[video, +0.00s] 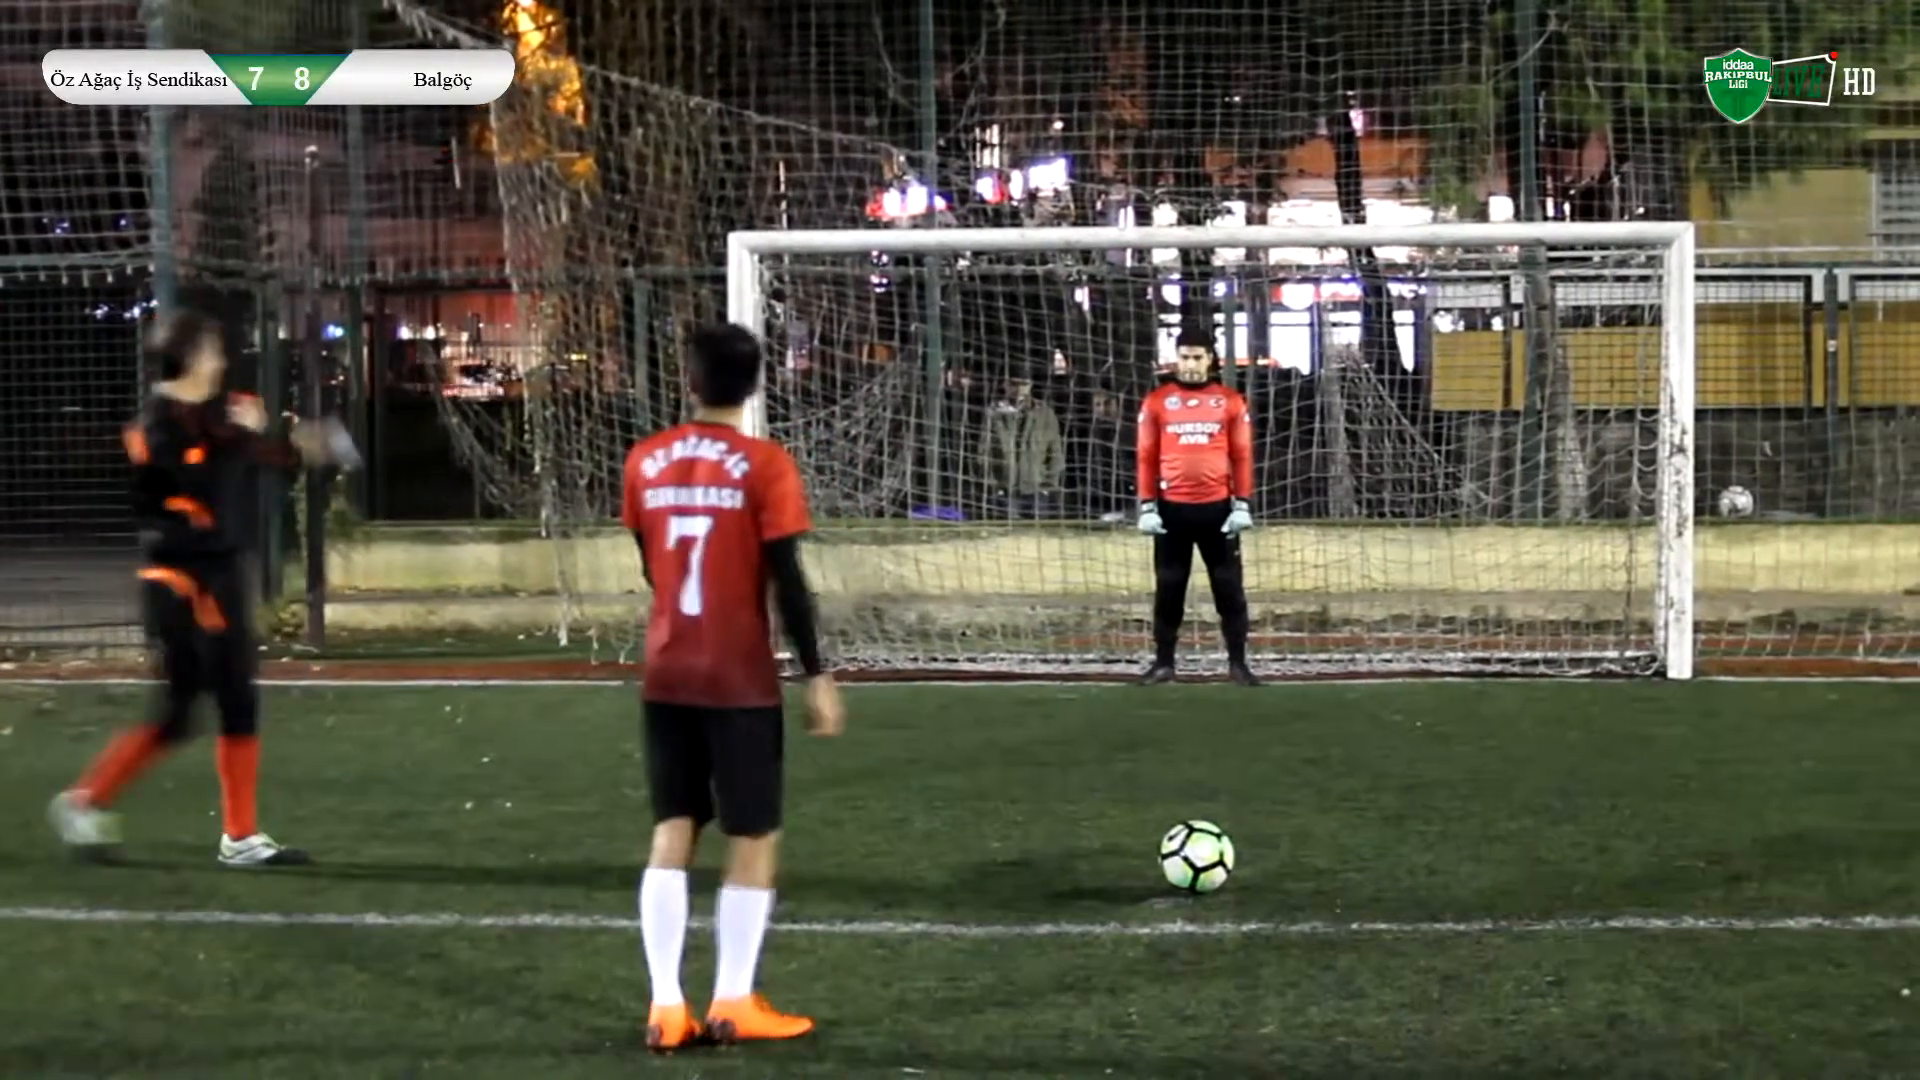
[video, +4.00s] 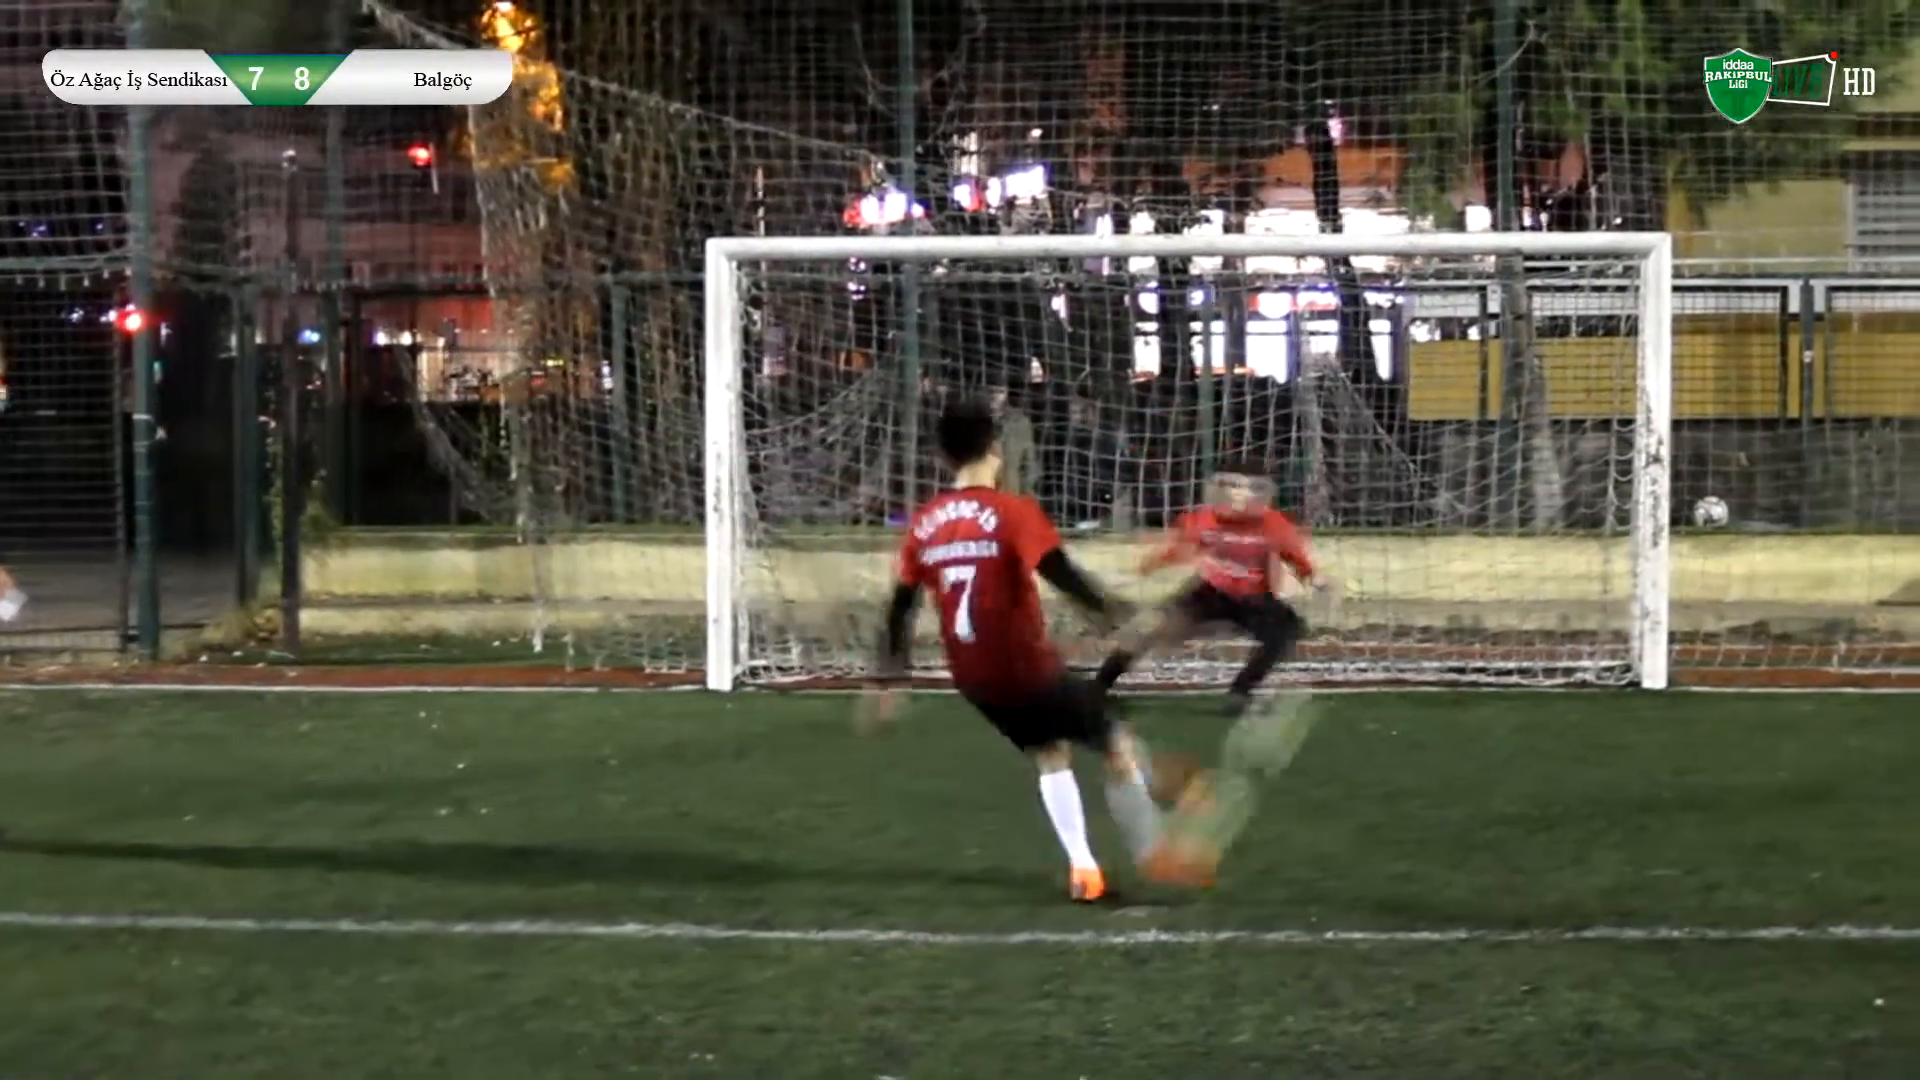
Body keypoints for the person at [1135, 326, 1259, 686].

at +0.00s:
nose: (1190, 365)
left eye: (1197, 357)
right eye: (1184, 357)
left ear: (1211, 360)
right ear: (1175, 360)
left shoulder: (1230, 401)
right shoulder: (1156, 401)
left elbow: (1242, 454)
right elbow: (1146, 455)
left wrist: (1242, 501)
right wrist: (1147, 503)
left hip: (1218, 506)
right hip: (1171, 507)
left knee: (1229, 590)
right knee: (1168, 589)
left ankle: (1238, 662)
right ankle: (1164, 661)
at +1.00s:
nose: (1188, 364)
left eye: (1195, 357)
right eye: (1182, 357)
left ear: (1209, 359)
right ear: (1174, 359)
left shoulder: (1230, 402)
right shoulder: (1155, 402)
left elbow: (1241, 455)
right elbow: (1145, 456)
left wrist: (1240, 503)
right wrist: (1147, 505)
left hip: (1216, 507)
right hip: (1170, 508)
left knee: (1228, 589)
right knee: (1167, 589)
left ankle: (1237, 662)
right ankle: (1163, 661)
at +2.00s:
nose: (1191, 363)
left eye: (1199, 356)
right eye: (1185, 356)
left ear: (1212, 359)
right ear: (1176, 359)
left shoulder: (1232, 402)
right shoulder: (1157, 402)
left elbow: (1243, 456)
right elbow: (1147, 456)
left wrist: (1242, 505)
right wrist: (1148, 506)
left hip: (1219, 507)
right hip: (1172, 509)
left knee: (1231, 590)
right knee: (1169, 590)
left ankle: (1236, 660)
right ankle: (1164, 660)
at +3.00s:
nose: (1205, 381)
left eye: (1212, 374)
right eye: (1198, 374)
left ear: (1223, 375)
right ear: (1187, 375)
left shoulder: (1243, 415)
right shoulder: (1168, 415)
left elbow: (1252, 472)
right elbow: (1158, 472)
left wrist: (1253, 521)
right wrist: (1157, 523)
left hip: (1231, 516)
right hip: (1185, 516)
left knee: (1255, 589)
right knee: (1167, 593)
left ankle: (1256, 660)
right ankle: (1159, 664)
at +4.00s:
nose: (1235, 495)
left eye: (1245, 488)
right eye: (1229, 486)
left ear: (1259, 495)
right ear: (1219, 489)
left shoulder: (1270, 524)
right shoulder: (1203, 520)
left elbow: (1296, 555)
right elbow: (1179, 548)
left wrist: (1313, 576)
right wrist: (1149, 564)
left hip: (1254, 601)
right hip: (1209, 595)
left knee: (1283, 631)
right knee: (1155, 627)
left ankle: (1240, 692)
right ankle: (1098, 687)